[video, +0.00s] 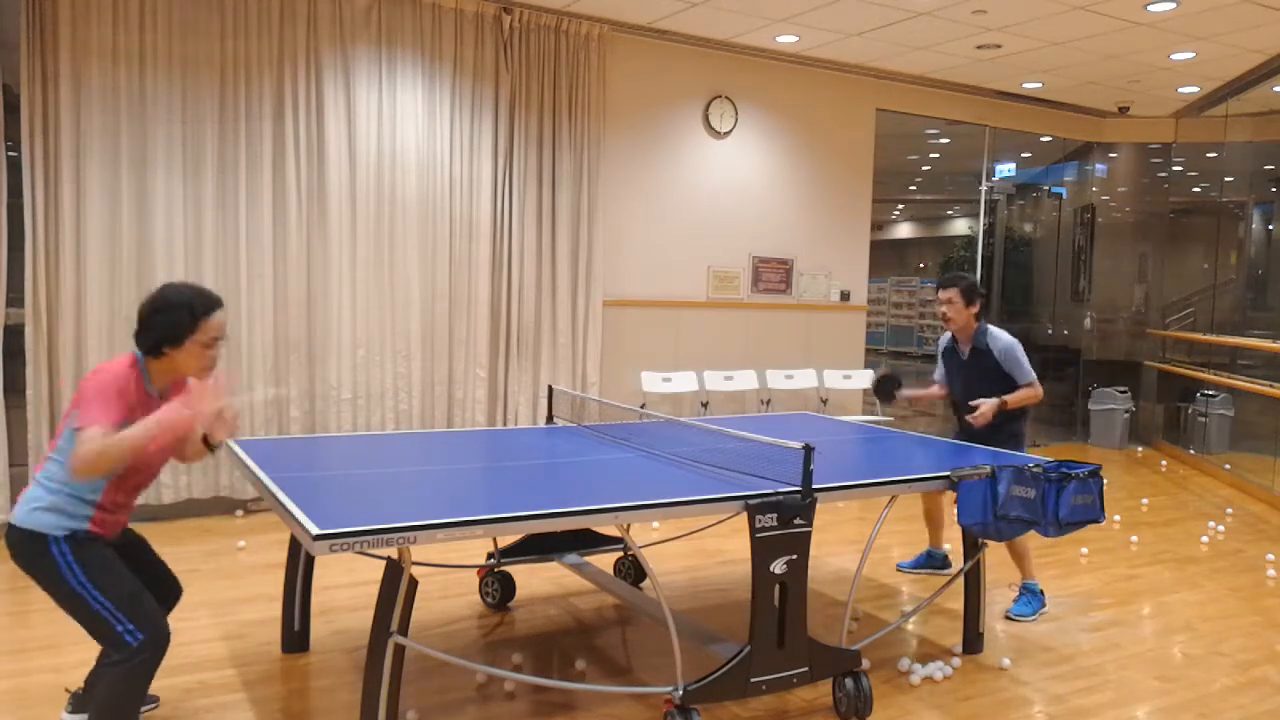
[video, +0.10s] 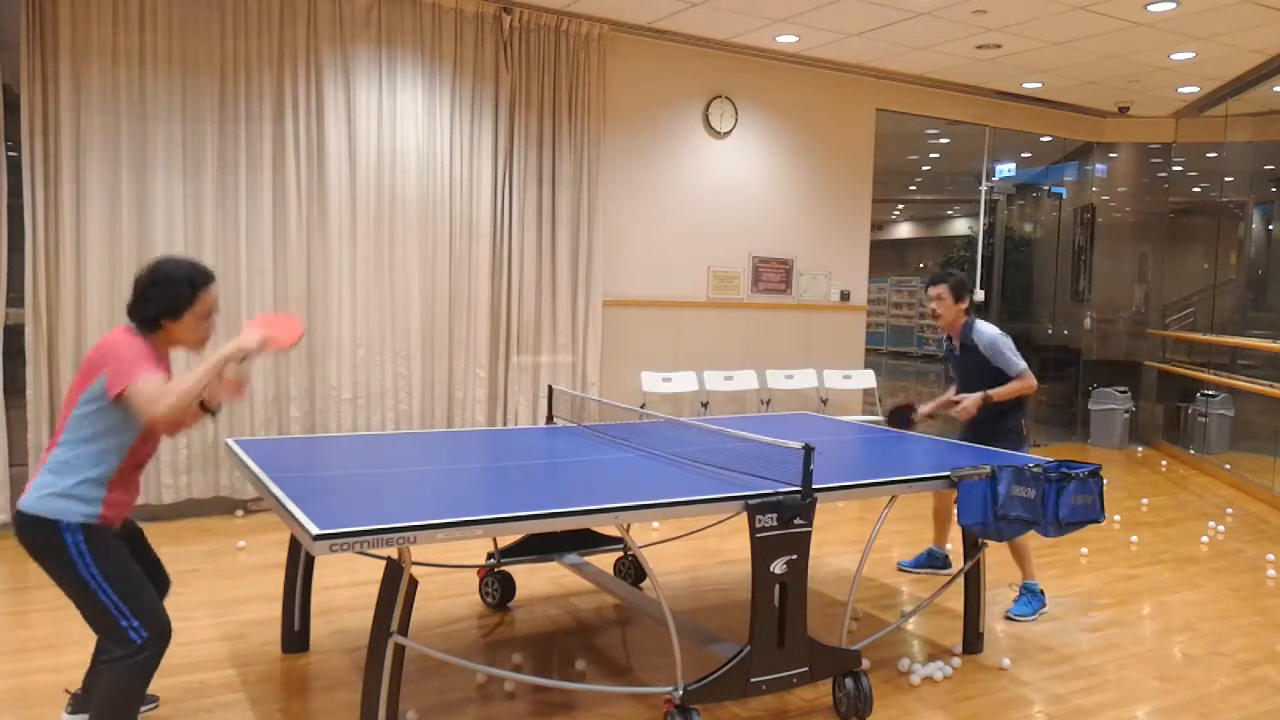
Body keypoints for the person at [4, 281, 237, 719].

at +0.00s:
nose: (217, 356)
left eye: (219, 344)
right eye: (210, 345)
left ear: (180, 346)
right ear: (171, 345)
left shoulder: (179, 387)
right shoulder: (111, 380)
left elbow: (181, 450)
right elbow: (84, 462)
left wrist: (210, 435)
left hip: (97, 524)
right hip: (49, 529)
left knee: (163, 591)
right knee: (144, 637)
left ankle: (98, 695)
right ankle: (103, 709)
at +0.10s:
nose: (213, 325)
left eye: (213, 315)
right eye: (205, 316)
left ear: (172, 318)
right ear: (169, 318)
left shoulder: (153, 354)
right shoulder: (123, 346)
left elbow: (168, 422)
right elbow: (162, 411)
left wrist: (211, 398)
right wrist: (232, 351)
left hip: (98, 511)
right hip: (60, 516)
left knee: (152, 585)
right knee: (144, 632)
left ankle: (98, 696)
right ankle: (99, 712)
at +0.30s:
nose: (204, 285)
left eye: (202, 274)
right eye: (196, 275)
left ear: (158, 281)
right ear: (160, 280)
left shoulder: (137, 325)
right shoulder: (128, 320)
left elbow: (169, 391)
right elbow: (182, 382)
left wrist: (221, 365)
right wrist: (236, 332)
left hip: (83, 492)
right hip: (82, 496)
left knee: (107, 609)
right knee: (140, 626)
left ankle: (89, 699)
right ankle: (100, 712)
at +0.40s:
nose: (205, 285)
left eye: (204, 274)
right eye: (197, 276)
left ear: (166, 284)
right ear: (163, 282)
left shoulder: (145, 328)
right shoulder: (126, 324)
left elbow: (159, 404)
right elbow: (155, 406)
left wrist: (220, 374)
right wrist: (223, 367)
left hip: (97, 496)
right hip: (77, 499)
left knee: (109, 613)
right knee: (137, 629)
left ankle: (90, 700)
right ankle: (99, 712)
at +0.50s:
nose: (210, 302)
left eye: (209, 290)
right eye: (203, 291)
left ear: (168, 297)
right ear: (166, 296)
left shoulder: (166, 342)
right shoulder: (116, 342)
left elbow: (174, 413)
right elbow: (102, 433)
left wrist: (214, 400)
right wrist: (194, 419)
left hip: (111, 502)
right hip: (66, 505)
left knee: (145, 585)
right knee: (129, 631)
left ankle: (99, 691)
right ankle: (97, 711)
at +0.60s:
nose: (220, 326)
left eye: (219, 315)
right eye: (212, 316)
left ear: (181, 324)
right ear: (175, 323)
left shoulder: (186, 367)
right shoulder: (108, 366)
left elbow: (201, 430)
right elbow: (53, 446)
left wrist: (212, 421)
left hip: (106, 508)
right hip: (54, 512)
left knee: (157, 589)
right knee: (128, 628)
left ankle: (101, 686)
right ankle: (101, 708)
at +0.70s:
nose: (228, 354)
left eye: (228, 344)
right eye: (220, 346)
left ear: (184, 354)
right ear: (180, 353)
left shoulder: (195, 392)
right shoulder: (109, 389)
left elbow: (203, 460)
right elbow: (37, 452)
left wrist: (208, 448)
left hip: (119, 527)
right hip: (64, 528)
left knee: (167, 596)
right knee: (135, 632)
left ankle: (107, 689)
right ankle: (104, 708)